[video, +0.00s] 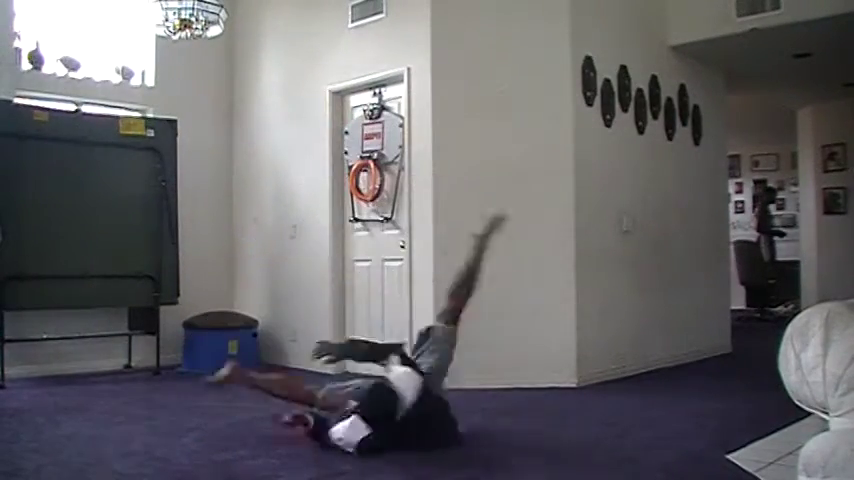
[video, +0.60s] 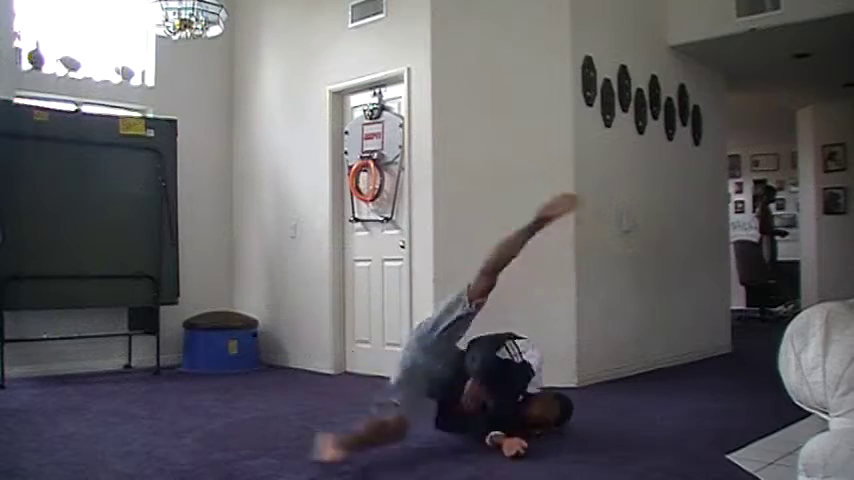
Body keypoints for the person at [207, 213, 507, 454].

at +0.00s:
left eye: (364, 397)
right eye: (376, 395)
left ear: (362, 411)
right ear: (395, 405)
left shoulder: (362, 430)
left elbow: (334, 437)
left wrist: (310, 428)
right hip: (414, 385)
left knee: (313, 395)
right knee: (451, 314)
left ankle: (242, 375)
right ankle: (480, 247)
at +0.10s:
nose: (433, 383)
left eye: (430, 390)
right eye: (440, 386)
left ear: (425, 407)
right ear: (452, 387)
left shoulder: (394, 426)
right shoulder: (461, 398)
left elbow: (355, 388)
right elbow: (448, 366)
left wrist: (386, 365)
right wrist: (414, 337)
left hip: (368, 394)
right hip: (418, 375)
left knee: (332, 351)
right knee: (453, 343)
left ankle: (291, 302)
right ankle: (498, 304)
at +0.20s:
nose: (499, 389)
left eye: (502, 394)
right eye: (502, 391)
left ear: (496, 403)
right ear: (508, 424)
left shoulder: (469, 408)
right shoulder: (491, 434)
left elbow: (447, 358)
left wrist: (447, 343)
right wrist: (492, 383)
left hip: (382, 393)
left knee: (403, 296)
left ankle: (423, 213)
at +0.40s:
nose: (450, 368)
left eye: (455, 369)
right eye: (456, 367)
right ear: (465, 349)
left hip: (429, 306)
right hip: (422, 325)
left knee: (374, 277)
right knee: (385, 376)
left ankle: (326, 244)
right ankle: (304, 410)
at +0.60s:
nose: (474, 403)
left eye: (485, 403)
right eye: (476, 391)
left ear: (499, 402)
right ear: (472, 372)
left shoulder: (489, 417)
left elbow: (491, 435)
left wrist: (505, 442)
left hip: (413, 387)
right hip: (431, 351)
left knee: (395, 424)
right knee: (482, 284)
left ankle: (339, 444)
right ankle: (537, 222)